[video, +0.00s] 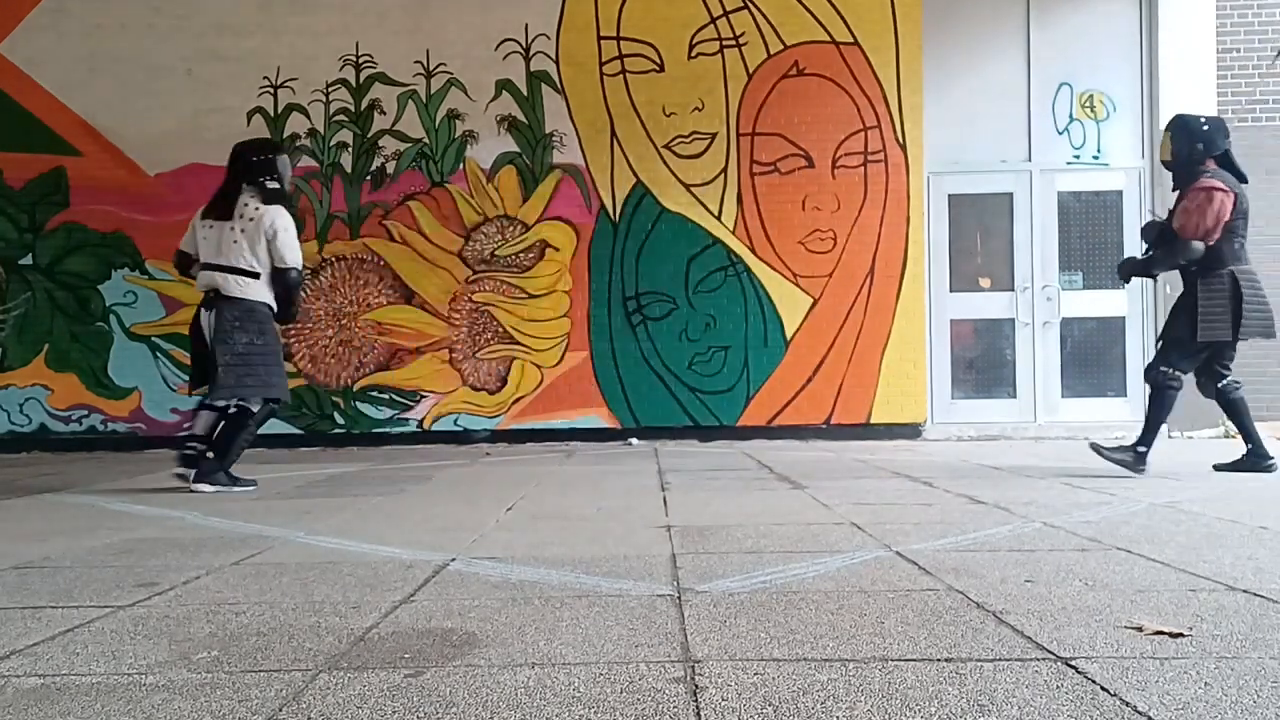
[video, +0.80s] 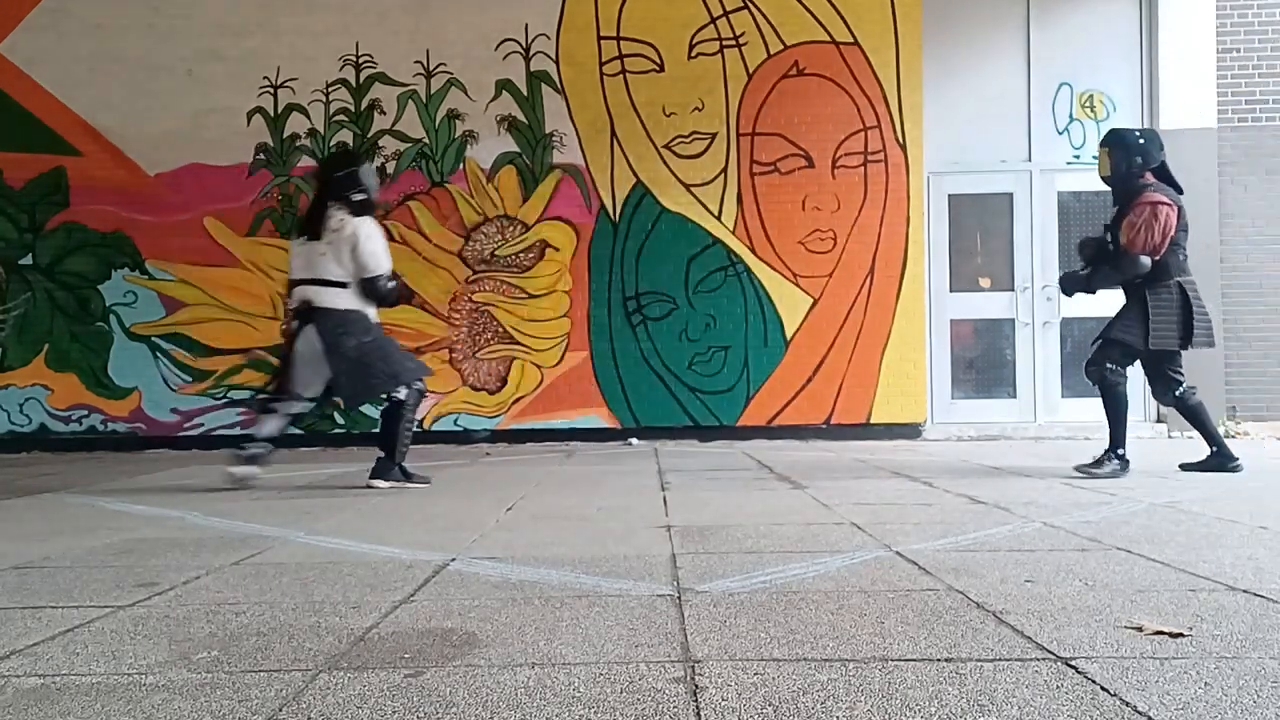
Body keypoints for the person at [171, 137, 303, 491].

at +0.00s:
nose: (287, 176)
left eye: (285, 168)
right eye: (282, 169)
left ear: (237, 171)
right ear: (269, 173)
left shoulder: (212, 208)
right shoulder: (275, 215)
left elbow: (183, 260)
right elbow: (288, 278)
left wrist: (219, 277)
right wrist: (286, 313)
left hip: (211, 311)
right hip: (248, 313)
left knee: (223, 385)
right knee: (263, 394)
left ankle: (193, 450)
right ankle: (214, 470)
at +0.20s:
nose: (273, 189)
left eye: (272, 182)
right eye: (268, 182)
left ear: (224, 183)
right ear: (252, 184)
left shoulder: (198, 218)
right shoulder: (256, 224)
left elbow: (173, 274)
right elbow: (266, 290)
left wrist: (211, 288)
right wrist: (291, 302)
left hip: (188, 322)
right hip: (229, 324)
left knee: (196, 398)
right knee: (293, 376)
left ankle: (162, 471)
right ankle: (242, 449)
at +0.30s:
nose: (274, 193)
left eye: (272, 185)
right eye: (268, 185)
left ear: (224, 189)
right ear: (252, 189)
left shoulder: (198, 224)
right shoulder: (256, 231)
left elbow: (167, 277)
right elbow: (265, 298)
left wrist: (200, 295)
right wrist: (272, 320)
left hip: (189, 325)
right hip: (230, 326)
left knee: (201, 399)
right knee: (300, 369)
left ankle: (163, 470)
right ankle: (280, 451)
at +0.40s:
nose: (276, 196)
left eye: (275, 188)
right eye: (272, 189)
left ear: (229, 193)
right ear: (257, 194)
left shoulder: (202, 229)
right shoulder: (261, 235)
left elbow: (171, 280)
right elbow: (272, 300)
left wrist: (206, 298)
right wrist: (276, 343)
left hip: (197, 328)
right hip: (236, 330)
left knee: (204, 405)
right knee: (310, 372)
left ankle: (163, 471)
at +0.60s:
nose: (317, 198)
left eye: (315, 190)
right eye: (311, 191)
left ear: (267, 198)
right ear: (296, 198)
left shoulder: (245, 237)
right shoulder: (300, 239)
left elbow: (218, 287)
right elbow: (310, 301)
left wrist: (252, 306)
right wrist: (325, 332)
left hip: (244, 338)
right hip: (284, 339)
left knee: (222, 407)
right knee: (348, 381)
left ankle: (167, 468)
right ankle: (377, 461)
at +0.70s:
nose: (346, 191)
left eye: (341, 183)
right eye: (339, 184)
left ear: (298, 193)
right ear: (326, 192)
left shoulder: (278, 233)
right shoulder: (331, 233)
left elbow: (260, 290)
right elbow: (343, 294)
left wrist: (302, 291)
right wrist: (363, 309)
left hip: (281, 332)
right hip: (321, 333)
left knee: (243, 405)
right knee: (384, 379)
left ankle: (183, 464)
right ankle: (389, 465)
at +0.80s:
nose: (374, 185)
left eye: (371, 178)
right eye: (368, 178)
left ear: (326, 186)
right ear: (355, 185)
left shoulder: (305, 227)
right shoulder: (363, 226)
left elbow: (297, 290)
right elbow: (378, 288)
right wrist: (402, 291)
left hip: (308, 328)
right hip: (349, 329)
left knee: (294, 396)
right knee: (410, 386)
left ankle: (253, 452)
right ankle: (391, 465)